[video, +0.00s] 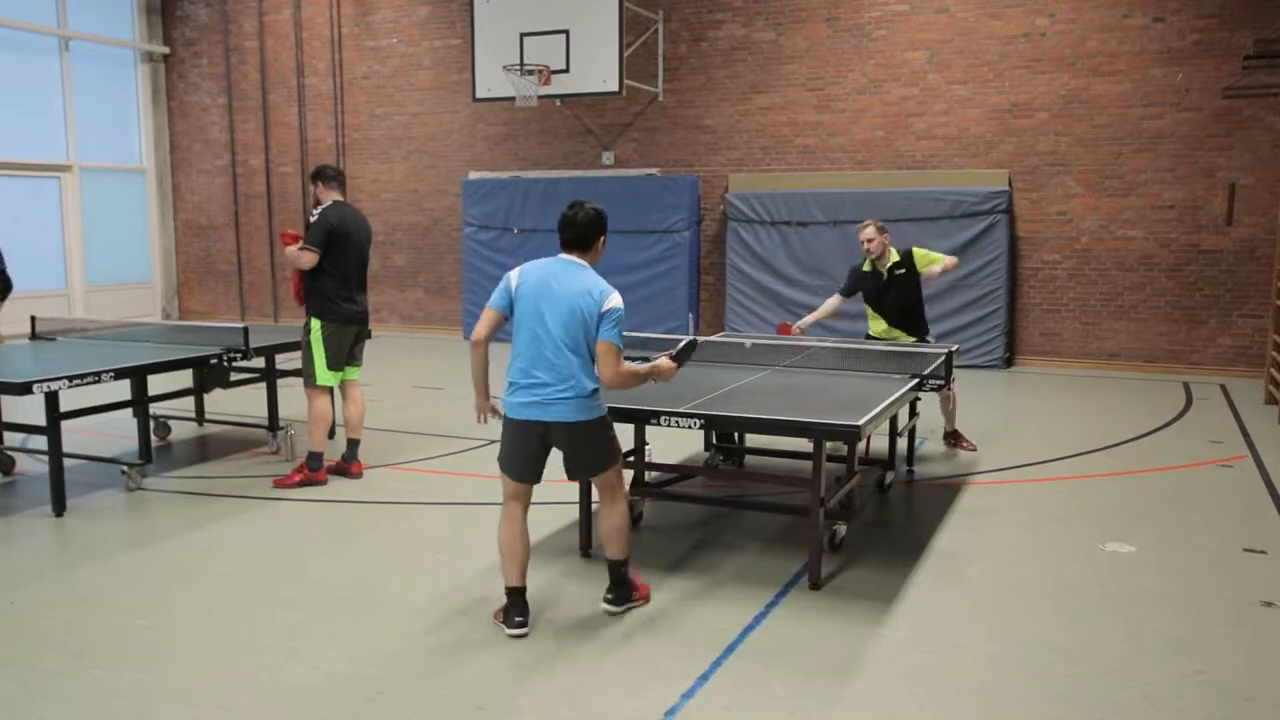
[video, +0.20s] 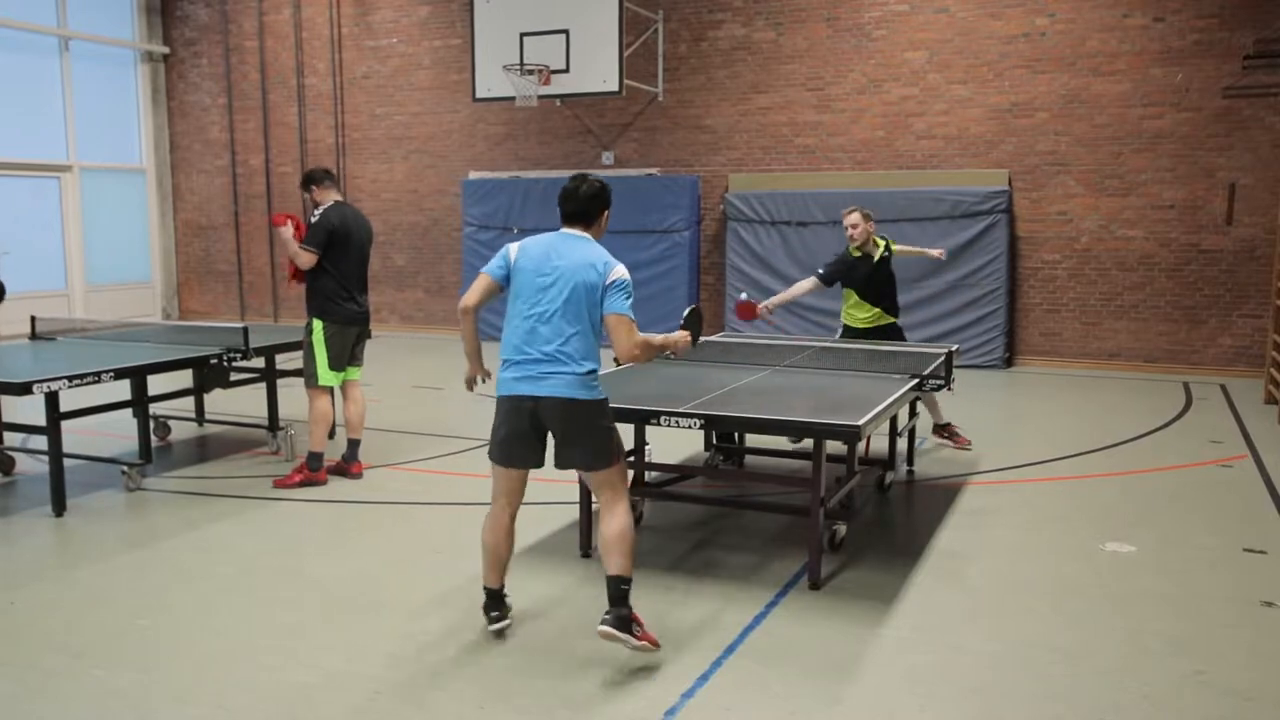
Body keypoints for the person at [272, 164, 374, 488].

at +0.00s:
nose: (313, 195)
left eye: (313, 190)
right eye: (314, 190)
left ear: (320, 188)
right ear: (342, 187)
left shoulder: (325, 217)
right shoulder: (360, 220)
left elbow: (308, 259)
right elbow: (346, 261)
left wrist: (290, 252)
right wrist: (308, 245)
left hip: (325, 317)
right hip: (356, 315)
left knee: (318, 390)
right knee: (351, 385)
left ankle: (314, 466)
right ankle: (351, 460)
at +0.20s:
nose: (311, 201)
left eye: (309, 196)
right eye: (310, 197)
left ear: (315, 192)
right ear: (336, 187)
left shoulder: (326, 218)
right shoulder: (361, 220)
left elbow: (306, 260)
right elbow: (348, 265)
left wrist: (288, 239)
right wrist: (309, 272)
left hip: (327, 317)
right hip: (358, 315)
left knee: (319, 390)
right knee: (352, 385)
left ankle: (314, 466)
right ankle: (351, 460)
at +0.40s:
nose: (309, 207)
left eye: (307, 203)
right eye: (307, 204)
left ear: (313, 196)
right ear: (333, 190)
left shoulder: (327, 218)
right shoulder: (363, 222)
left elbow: (304, 256)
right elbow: (360, 263)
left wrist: (288, 232)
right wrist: (307, 254)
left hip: (329, 318)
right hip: (359, 316)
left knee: (319, 391)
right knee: (353, 386)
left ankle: (314, 467)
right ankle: (352, 461)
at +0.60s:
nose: (309, 206)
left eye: (307, 201)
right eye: (307, 202)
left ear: (315, 193)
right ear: (334, 190)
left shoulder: (326, 216)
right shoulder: (365, 222)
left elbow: (306, 255)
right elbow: (373, 267)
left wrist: (283, 240)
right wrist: (336, 258)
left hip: (329, 317)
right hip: (359, 316)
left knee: (319, 390)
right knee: (353, 385)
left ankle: (314, 466)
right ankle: (351, 460)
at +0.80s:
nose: (308, 205)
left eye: (308, 200)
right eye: (306, 201)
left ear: (320, 190)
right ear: (333, 188)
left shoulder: (326, 217)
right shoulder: (366, 222)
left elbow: (310, 257)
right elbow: (375, 269)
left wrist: (272, 242)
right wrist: (336, 262)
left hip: (329, 317)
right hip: (359, 315)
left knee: (318, 389)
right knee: (353, 385)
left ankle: (314, 466)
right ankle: (351, 460)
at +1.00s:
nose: (307, 206)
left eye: (306, 200)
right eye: (304, 201)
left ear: (319, 190)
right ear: (332, 188)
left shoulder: (327, 218)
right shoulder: (366, 222)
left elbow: (314, 260)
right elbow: (376, 267)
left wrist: (286, 243)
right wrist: (332, 259)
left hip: (328, 317)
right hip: (360, 315)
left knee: (318, 389)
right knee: (353, 384)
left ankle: (314, 466)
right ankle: (351, 460)